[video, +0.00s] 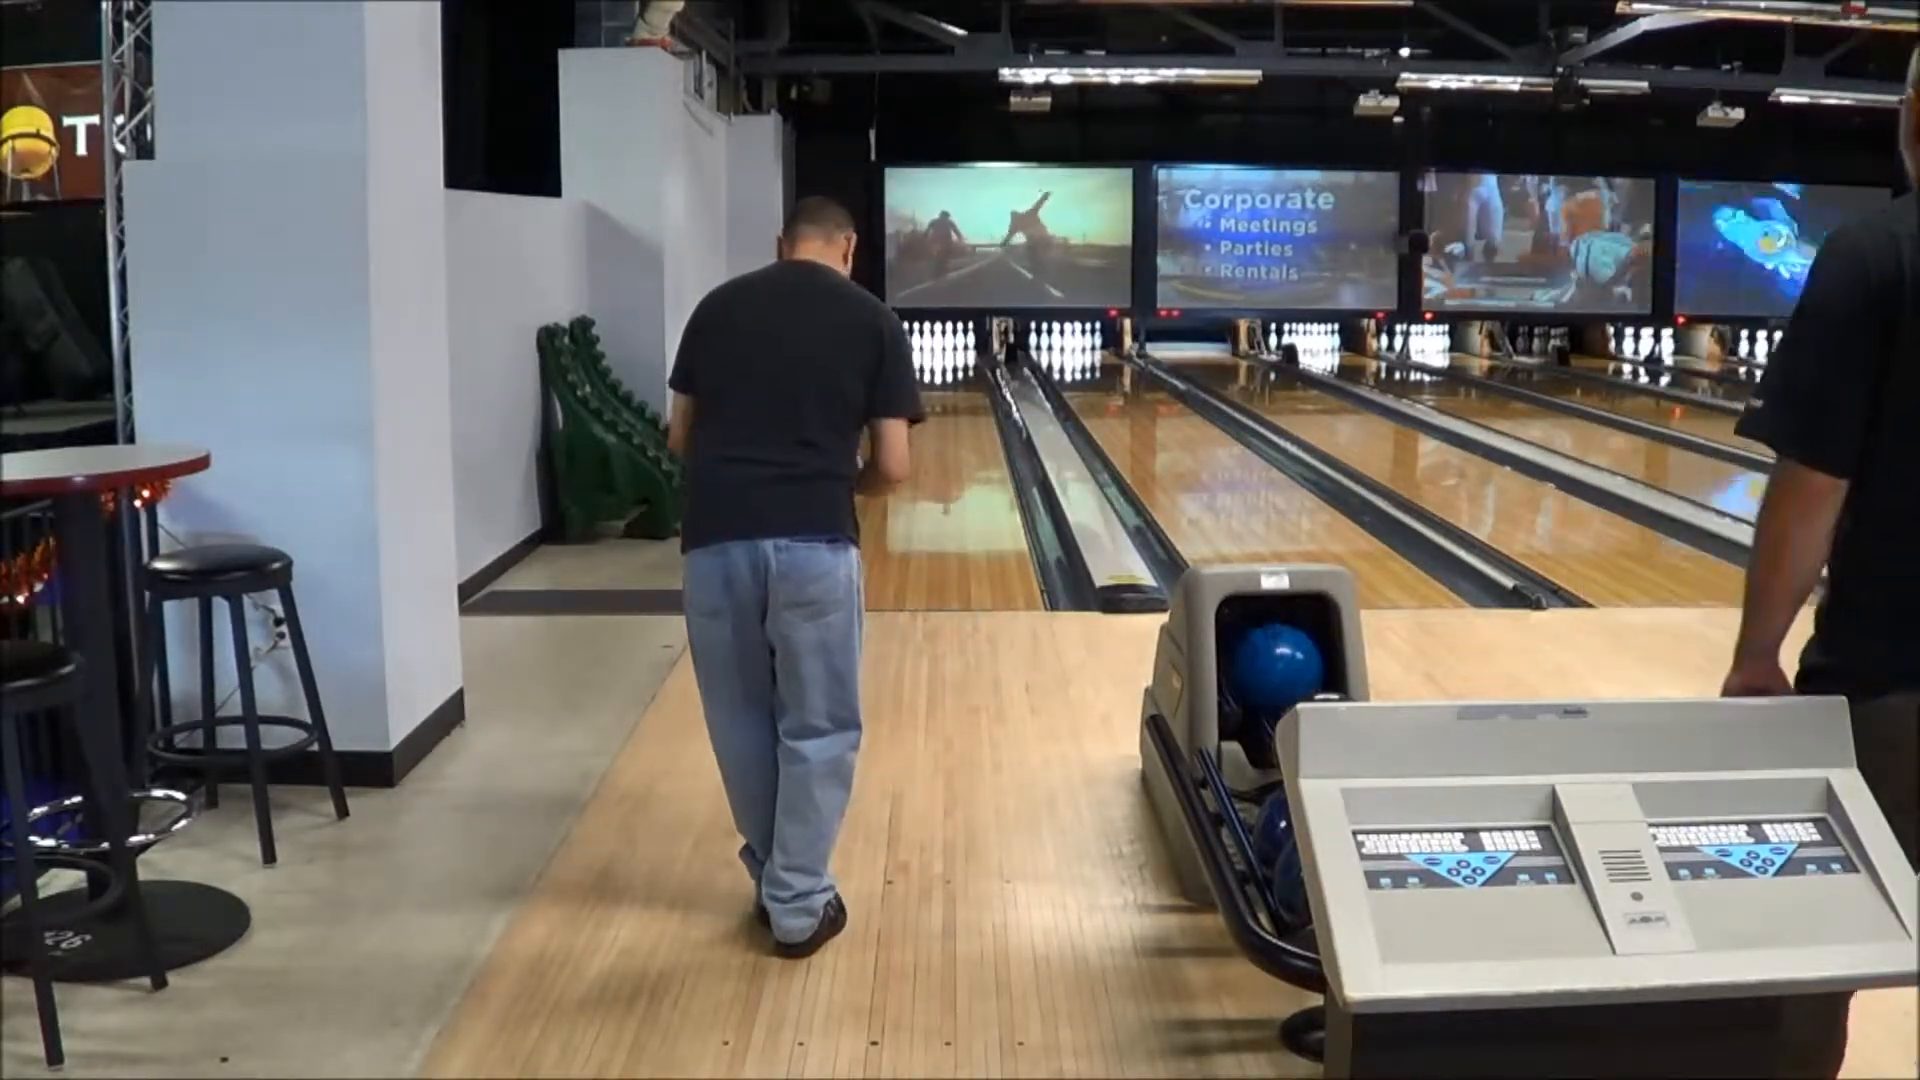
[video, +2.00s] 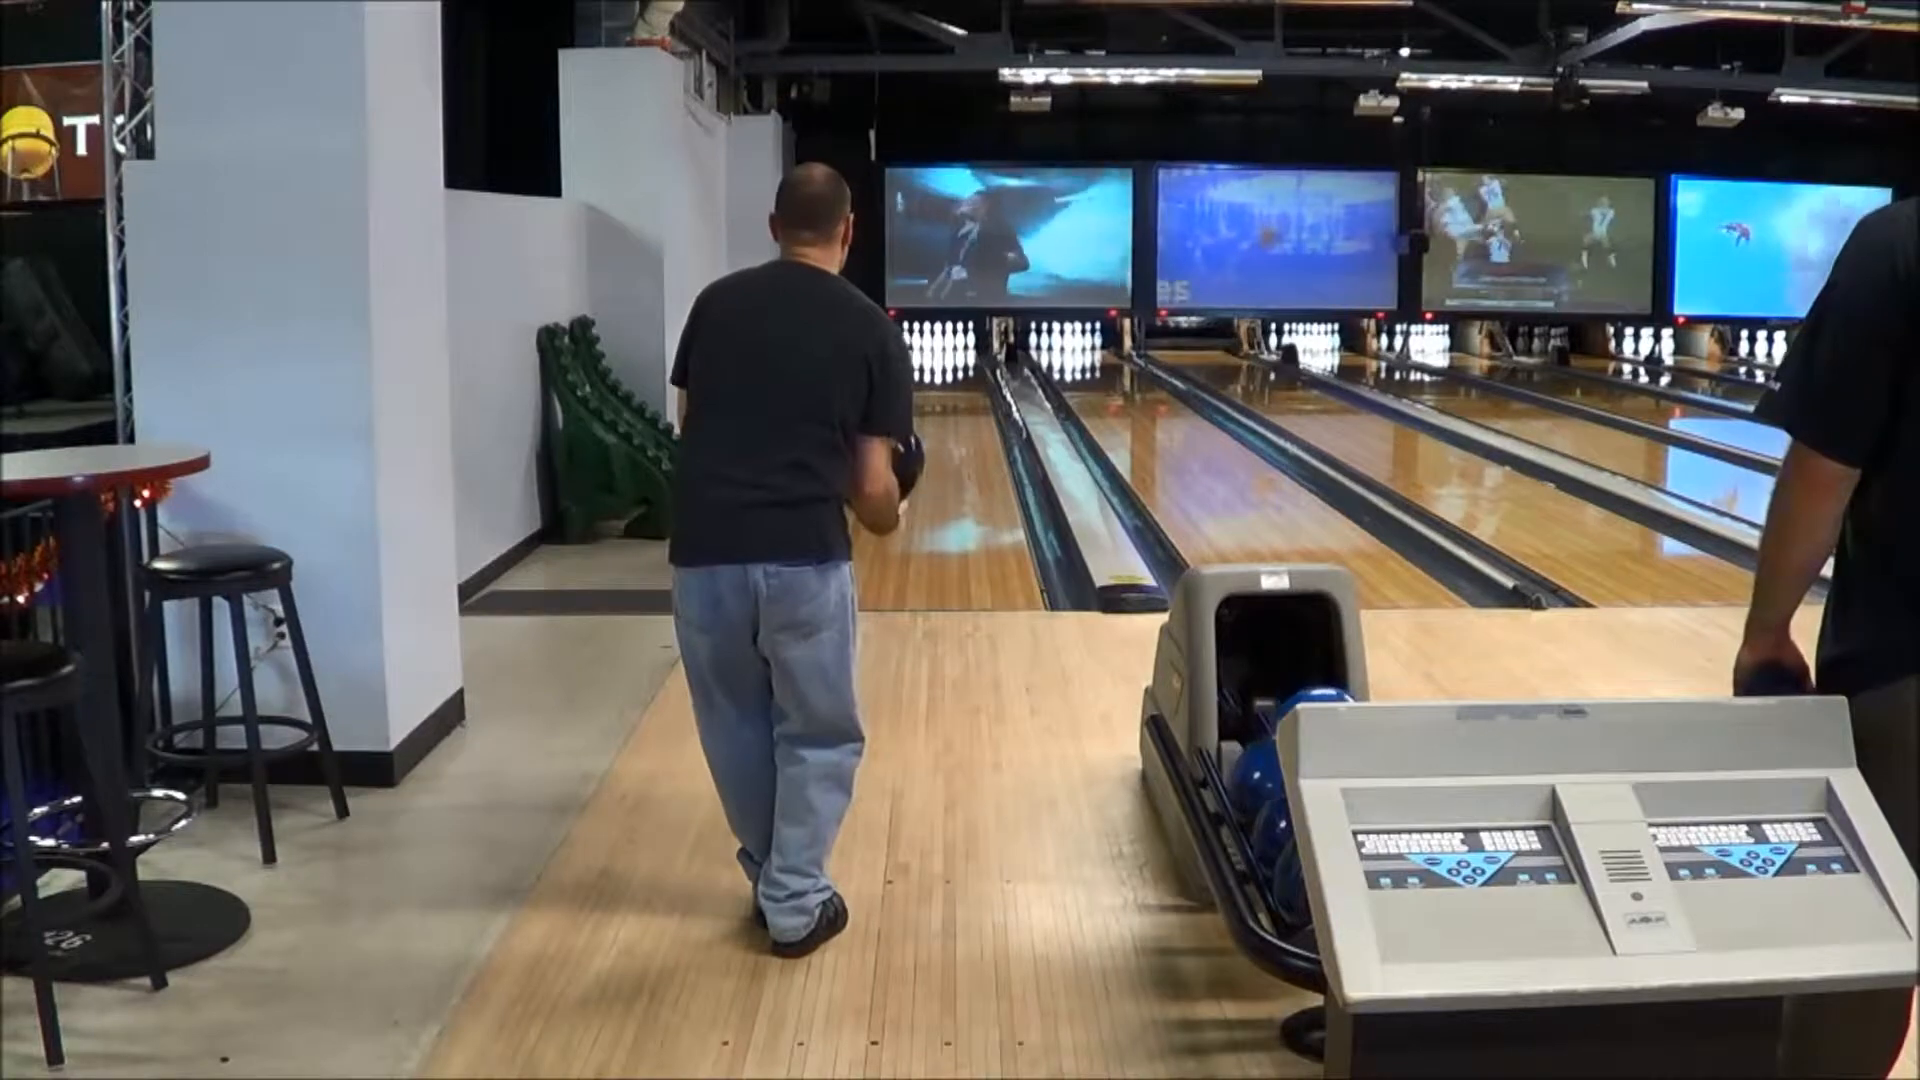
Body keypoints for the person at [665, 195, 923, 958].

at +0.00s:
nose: (847, 261)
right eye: (851, 250)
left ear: (780, 244)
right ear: (849, 249)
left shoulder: (718, 304)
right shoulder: (870, 318)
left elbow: (679, 435)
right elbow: (893, 467)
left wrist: (733, 455)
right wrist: (842, 472)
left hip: (715, 544)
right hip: (814, 542)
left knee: (738, 718)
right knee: (819, 724)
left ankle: (771, 872)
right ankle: (795, 906)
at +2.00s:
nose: (848, 236)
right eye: (852, 225)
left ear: (772, 227)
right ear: (849, 230)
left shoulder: (716, 302)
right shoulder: (867, 327)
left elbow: (686, 421)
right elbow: (871, 485)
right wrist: (887, 517)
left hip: (704, 556)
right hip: (805, 556)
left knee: (734, 723)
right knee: (819, 734)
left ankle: (768, 873)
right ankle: (792, 904)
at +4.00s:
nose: (845, 242)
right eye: (850, 232)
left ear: (777, 231)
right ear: (848, 237)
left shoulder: (716, 301)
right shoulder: (864, 334)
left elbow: (682, 418)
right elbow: (857, 484)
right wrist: (864, 542)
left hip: (688, 546)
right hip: (786, 546)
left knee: (729, 720)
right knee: (812, 714)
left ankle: (769, 880)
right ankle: (799, 880)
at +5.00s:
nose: (864, 252)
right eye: (865, 244)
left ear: (794, 241)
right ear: (860, 247)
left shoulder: (742, 294)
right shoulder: (871, 331)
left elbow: (708, 393)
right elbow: (858, 468)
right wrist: (862, 508)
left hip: (703, 503)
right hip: (795, 509)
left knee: (716, 643)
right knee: (795, 666)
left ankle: (742, 763)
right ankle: (782, 800)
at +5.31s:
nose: (864, 270)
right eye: (865, 261)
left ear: (799, 258)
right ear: (861, 263)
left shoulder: (755, 303)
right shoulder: (869, 341)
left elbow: (749, 404)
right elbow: (862, 466)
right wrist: (854, 530)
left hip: (704, 496)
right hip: (782, 505)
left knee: (721, 635)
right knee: (794, 654)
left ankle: (751, 763)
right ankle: (779, 794)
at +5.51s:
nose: (864, 271)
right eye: (867, 262)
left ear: (804, 257)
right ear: (864, 262)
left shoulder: (764, 297)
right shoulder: (866, 320)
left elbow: (745, 395)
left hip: (701, 465)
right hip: (778, 473)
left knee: (722, 618)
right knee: (786, 625)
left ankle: (754, 744)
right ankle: (780, 770)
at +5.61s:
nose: (868, 271)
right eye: (869, 263)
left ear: (807, 260)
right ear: (865, 262)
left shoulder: (769, 297)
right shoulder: (861, 309)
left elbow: (723, 369)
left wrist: (682, 418)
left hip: (705, 457)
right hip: (778, 460)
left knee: (722, 613)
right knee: (794, 611)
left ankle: (755, 750)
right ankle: (780, 723)